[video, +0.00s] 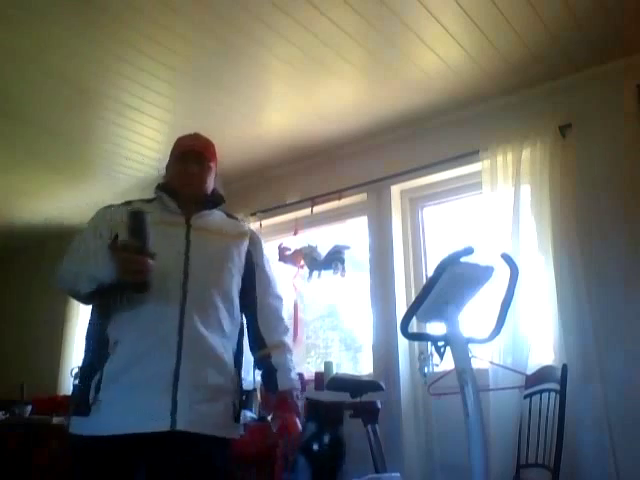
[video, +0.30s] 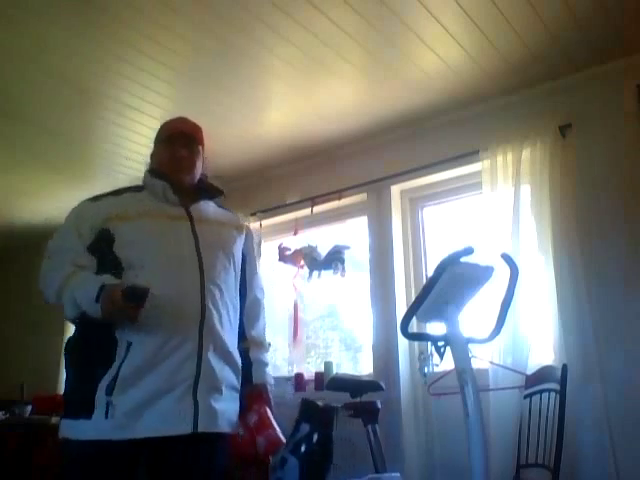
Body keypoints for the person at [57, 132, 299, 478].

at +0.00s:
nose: (190, 166)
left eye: (201, 160)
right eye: (182, 158)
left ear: (215, 173)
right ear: (166, 168)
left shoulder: (242, 238)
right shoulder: (117, 219)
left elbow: (268, 322)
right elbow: (70, 276)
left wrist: (285, 396)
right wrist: (109, 266)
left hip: (206, 424)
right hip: (117, 421)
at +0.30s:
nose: (183, 149)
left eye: (193, 144)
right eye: (172, 141)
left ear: (204, 160)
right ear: (153, 153)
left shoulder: (236, 230)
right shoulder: (100, 213)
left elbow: (254, 320)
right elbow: (55, 272)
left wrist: (258, 389)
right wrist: (100, 296)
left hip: (211, 422)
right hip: (117, 420)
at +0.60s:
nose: (136, 133)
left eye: (149, 125)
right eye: (126, 123)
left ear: (167, 139)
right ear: (109, 135)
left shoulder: (207, 214)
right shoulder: (52, 214)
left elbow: (245, 301)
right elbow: (9, 287)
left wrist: (271, 374)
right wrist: (38, 328)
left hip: (194, 436)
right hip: (91, 443)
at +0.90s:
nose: (123, 103)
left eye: (135, 96)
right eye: (109, 95)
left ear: (151, 113)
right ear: (88, 108)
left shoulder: (193, 189)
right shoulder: (31, 186)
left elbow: (235, 272)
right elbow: (0, 263)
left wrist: (278, 331)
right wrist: (8, 311)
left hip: (188, 417)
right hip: (81, 425)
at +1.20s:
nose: (150, 89)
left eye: (161, 86)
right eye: (137, 80)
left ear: (172, 108)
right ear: (108, 94)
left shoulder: (205, 190)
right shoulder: (39, 162)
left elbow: (232, 293)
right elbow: (4, 235)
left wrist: (261, 357)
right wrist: (52, 261)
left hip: (189, 418)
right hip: (73, 423)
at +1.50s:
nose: (233, 119)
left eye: (239, 109)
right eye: (226, 102)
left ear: (240, 117)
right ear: (195, 94)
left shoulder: (247, 199)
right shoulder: (113, 151)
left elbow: (245, 318)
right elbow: (41, 213)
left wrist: (257, 426)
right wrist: (135, 241)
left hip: (231, 442)